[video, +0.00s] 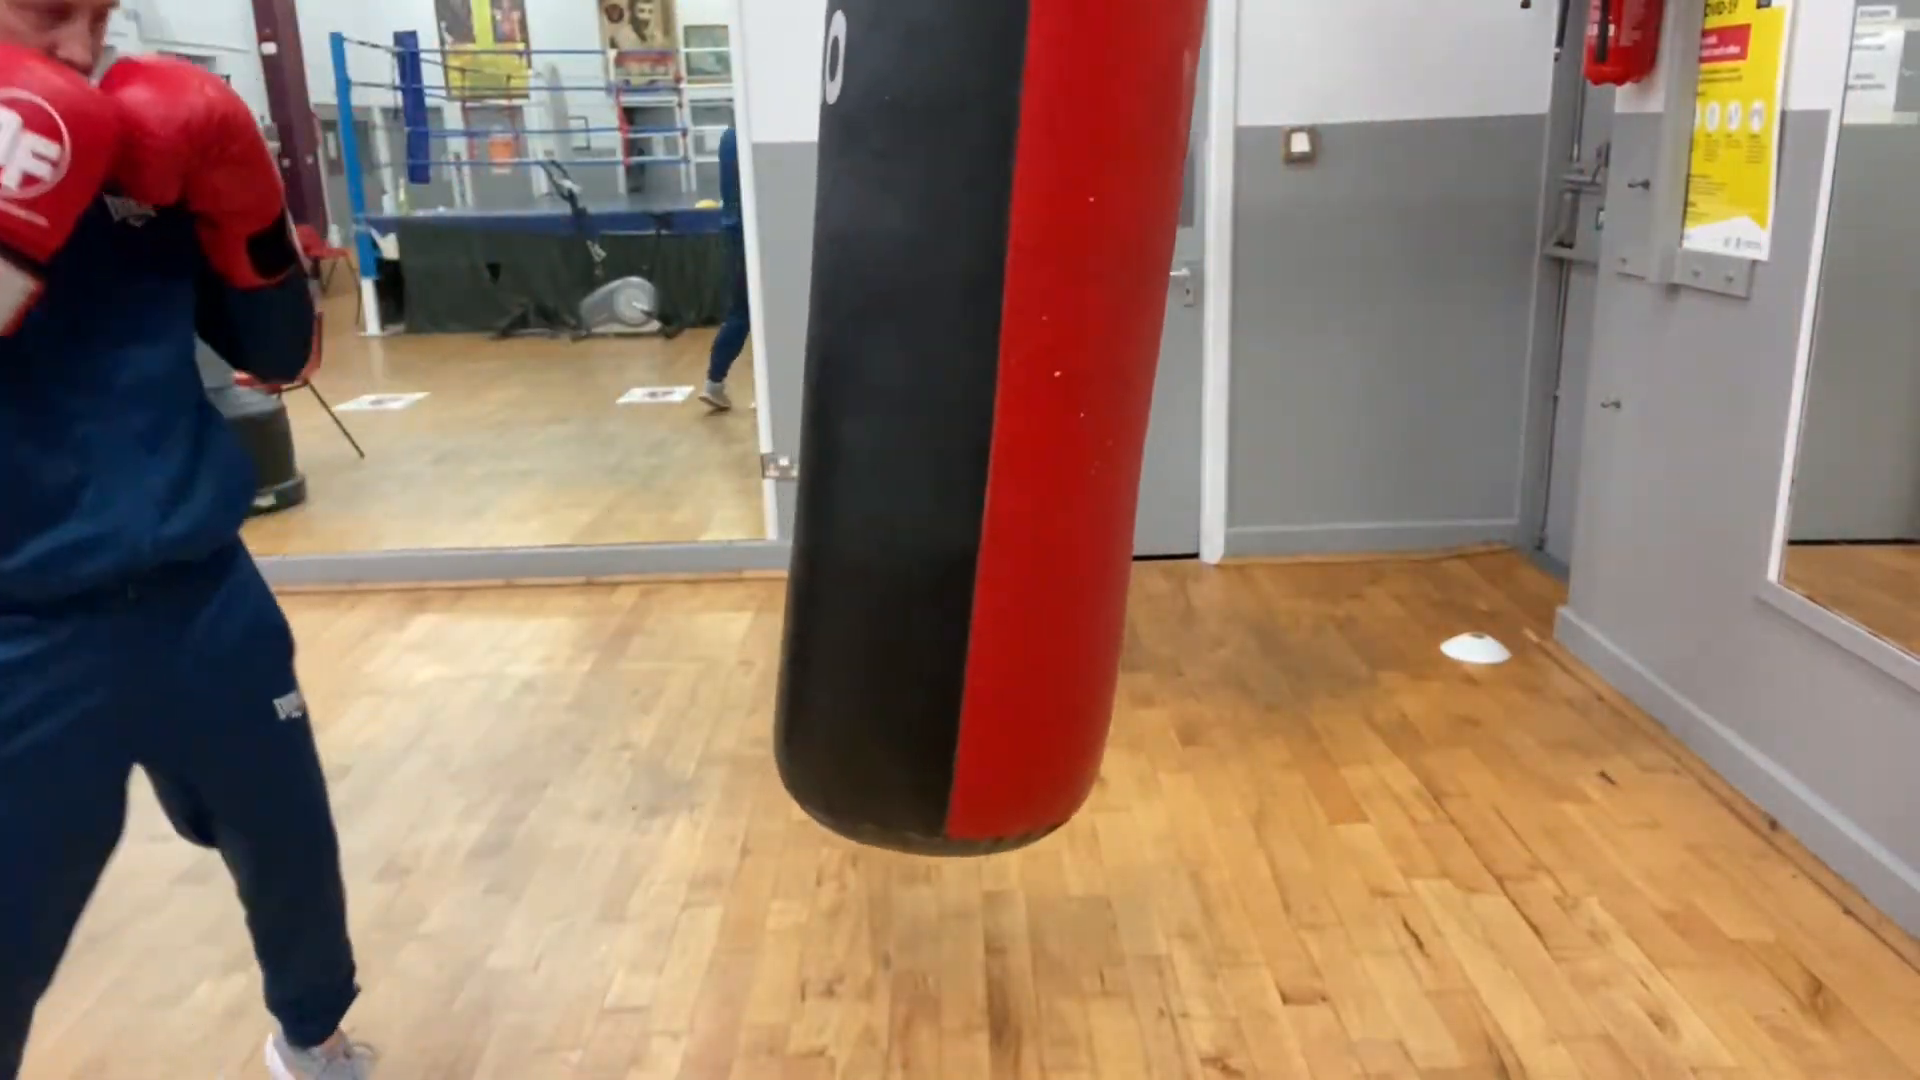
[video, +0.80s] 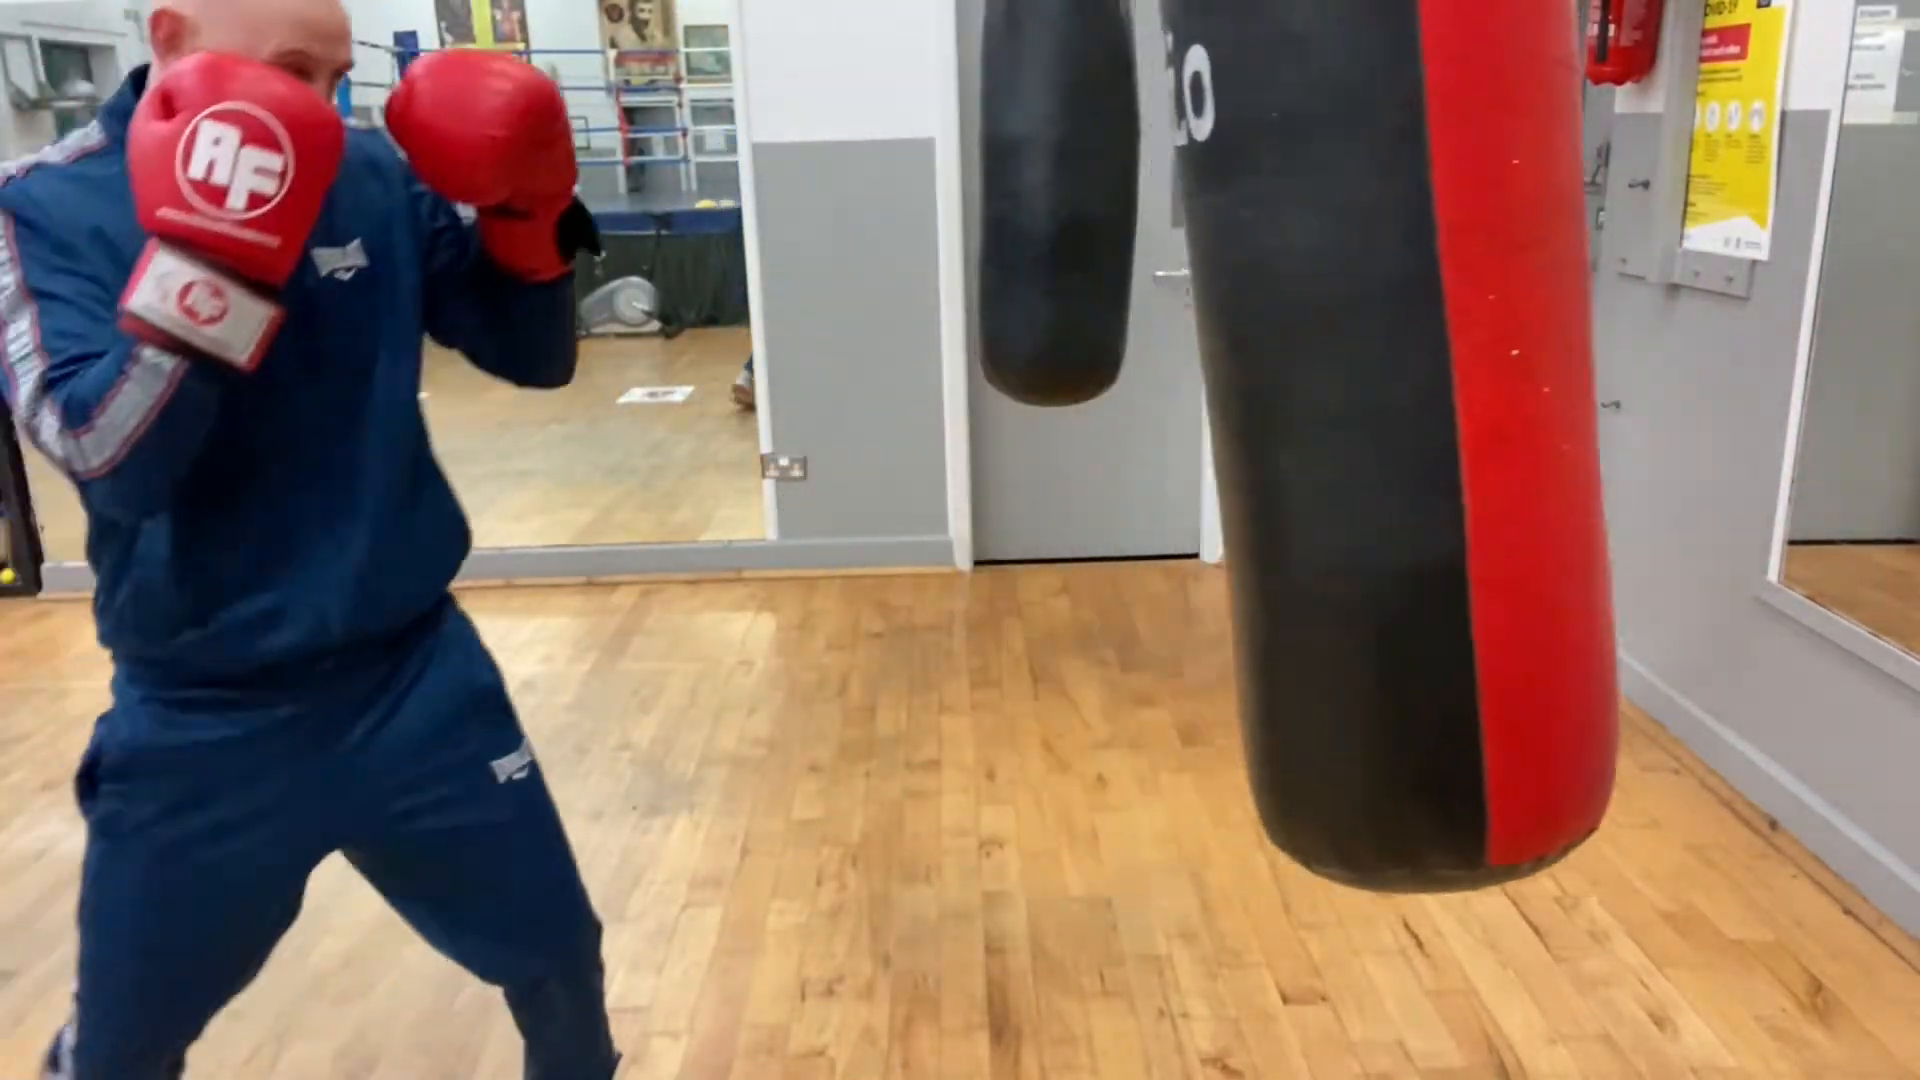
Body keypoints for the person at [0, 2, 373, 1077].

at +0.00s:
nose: (77, 38)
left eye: (94, 13)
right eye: (48, 13)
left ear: (116, 17)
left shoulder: (145, 150)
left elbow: (278, 355)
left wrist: (243, 192)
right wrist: (24, 224)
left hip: (202, 594)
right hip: (33, 626)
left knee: (291, 847)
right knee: (15, 949)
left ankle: (312, 1040)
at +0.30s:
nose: (12, 73)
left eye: (13, 62)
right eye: (1, 64)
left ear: (20, 53)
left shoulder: (73, 184)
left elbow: (207, 392)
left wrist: (206, 281)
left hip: (136, 649)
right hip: (4, 693)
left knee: (290, 906)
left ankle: (258, 1043)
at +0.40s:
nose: (15, 39)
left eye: (22, 24)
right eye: (5, 24)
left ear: (36, 28)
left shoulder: (80, 137)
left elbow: (280, 331)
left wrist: (245, 177)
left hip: (157, 627)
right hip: (9, 673)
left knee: (347, 882)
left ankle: (356, 1042)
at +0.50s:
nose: (62, 79)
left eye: (78, 57)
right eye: (40, 54)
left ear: (92, 44)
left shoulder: (127, 151)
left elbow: (305, 344)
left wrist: (299, 210)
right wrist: (10, 197)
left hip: (189, 644)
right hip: (22, 683)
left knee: (393, 883)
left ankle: (504, 1059)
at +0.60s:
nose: (139, 169)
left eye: (155, 131)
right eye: (104, 133)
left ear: (170, 119)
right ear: (13, 133)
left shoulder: (209, 227)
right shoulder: (4, 283)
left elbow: (316, 433)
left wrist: (343, 347)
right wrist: (26, 340)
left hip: (258, 701)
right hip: (47, 745)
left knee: (459, 924)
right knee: (6, 1042)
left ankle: (566, 1069)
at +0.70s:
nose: (241, 171)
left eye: (259, 139)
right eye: (211, 135)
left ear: (277, 122)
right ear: (97, 99)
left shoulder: (305, 228)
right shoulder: (19, 252)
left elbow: (441, 421)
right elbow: (24, 520)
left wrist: (450, 307)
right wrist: (115, 326)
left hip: (349, 710)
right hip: (129, 748)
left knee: (526, 960)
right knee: (46, 1055)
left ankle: (570, 1070)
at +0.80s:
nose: (319, 111)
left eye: (337, 78)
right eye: (290, 73)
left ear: (354, 62)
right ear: (174, 41)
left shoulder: (377, 173)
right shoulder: (51, 212)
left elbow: (534, 356)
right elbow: (105, 464)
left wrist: (527, 214)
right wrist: (210, 253)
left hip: (416, 684)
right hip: (197, 724)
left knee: (563, 969)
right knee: (123, 1053)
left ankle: (579, 1077)